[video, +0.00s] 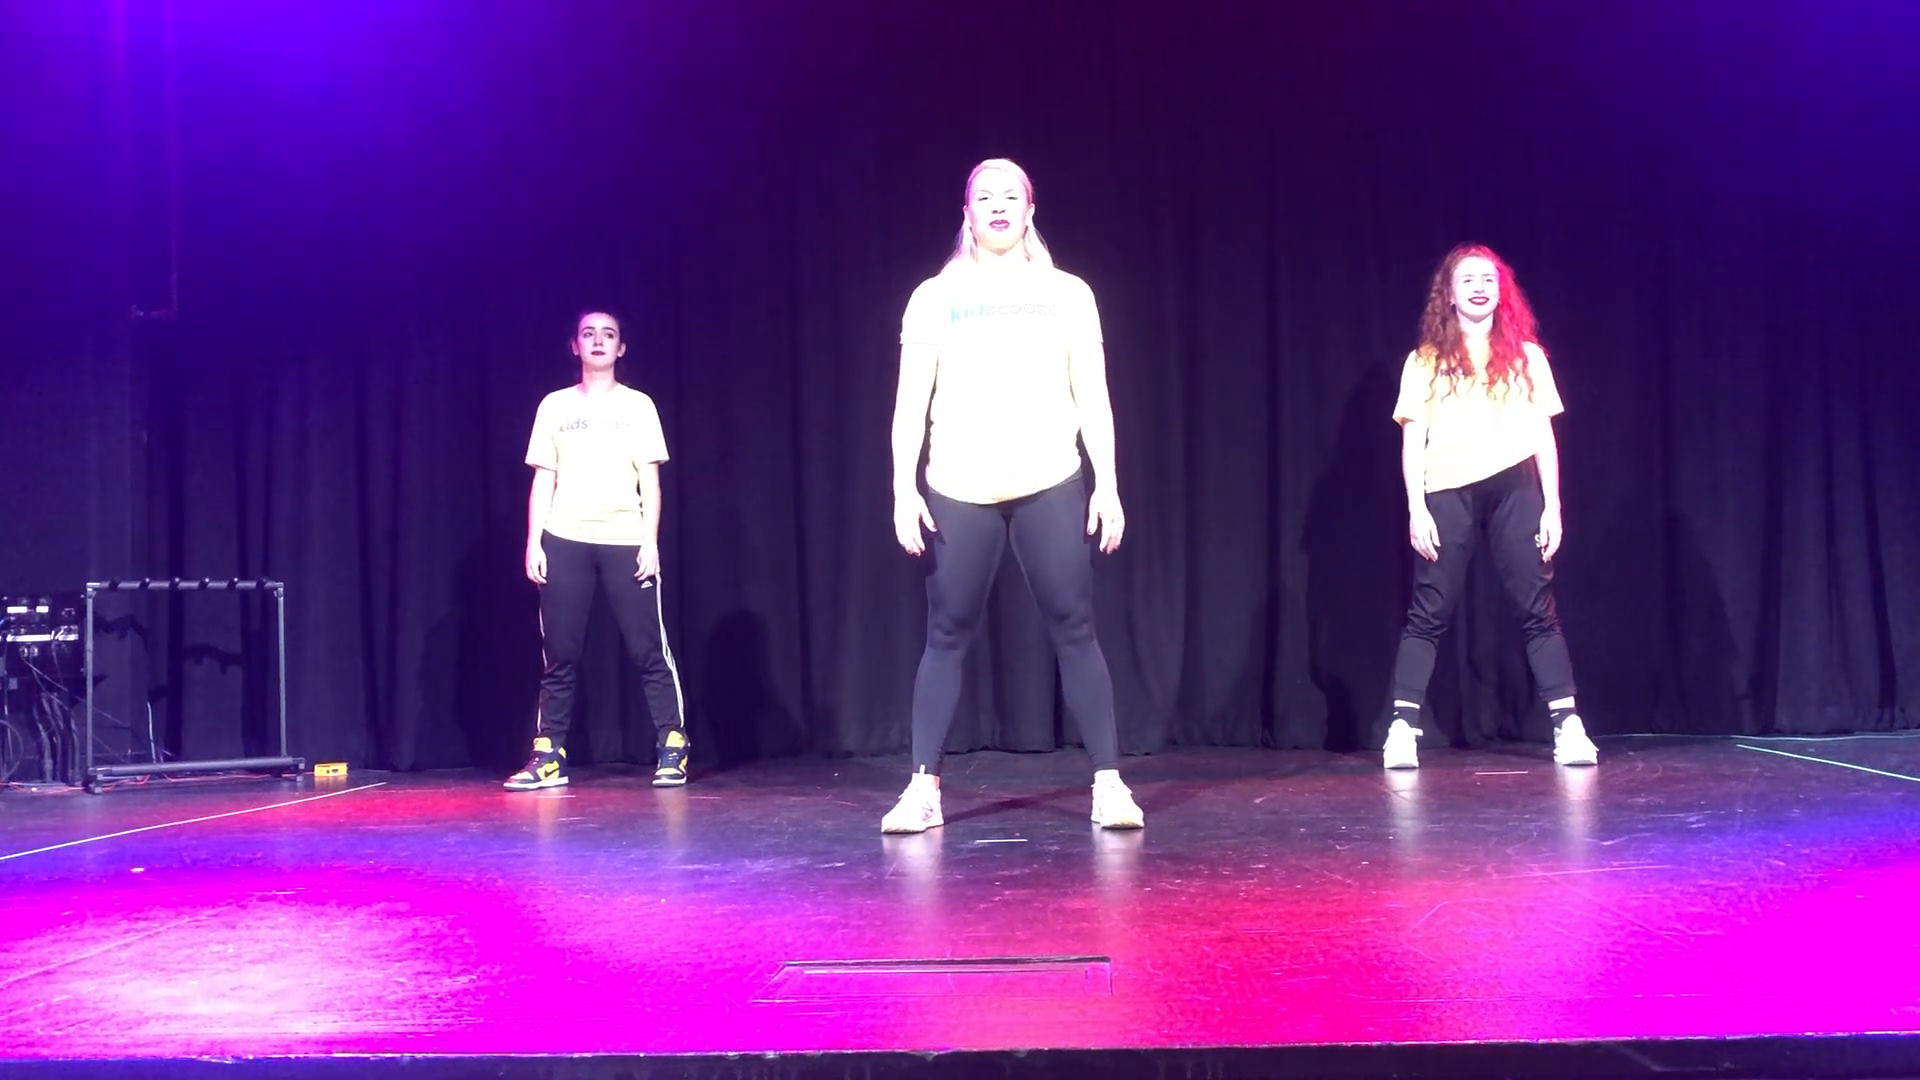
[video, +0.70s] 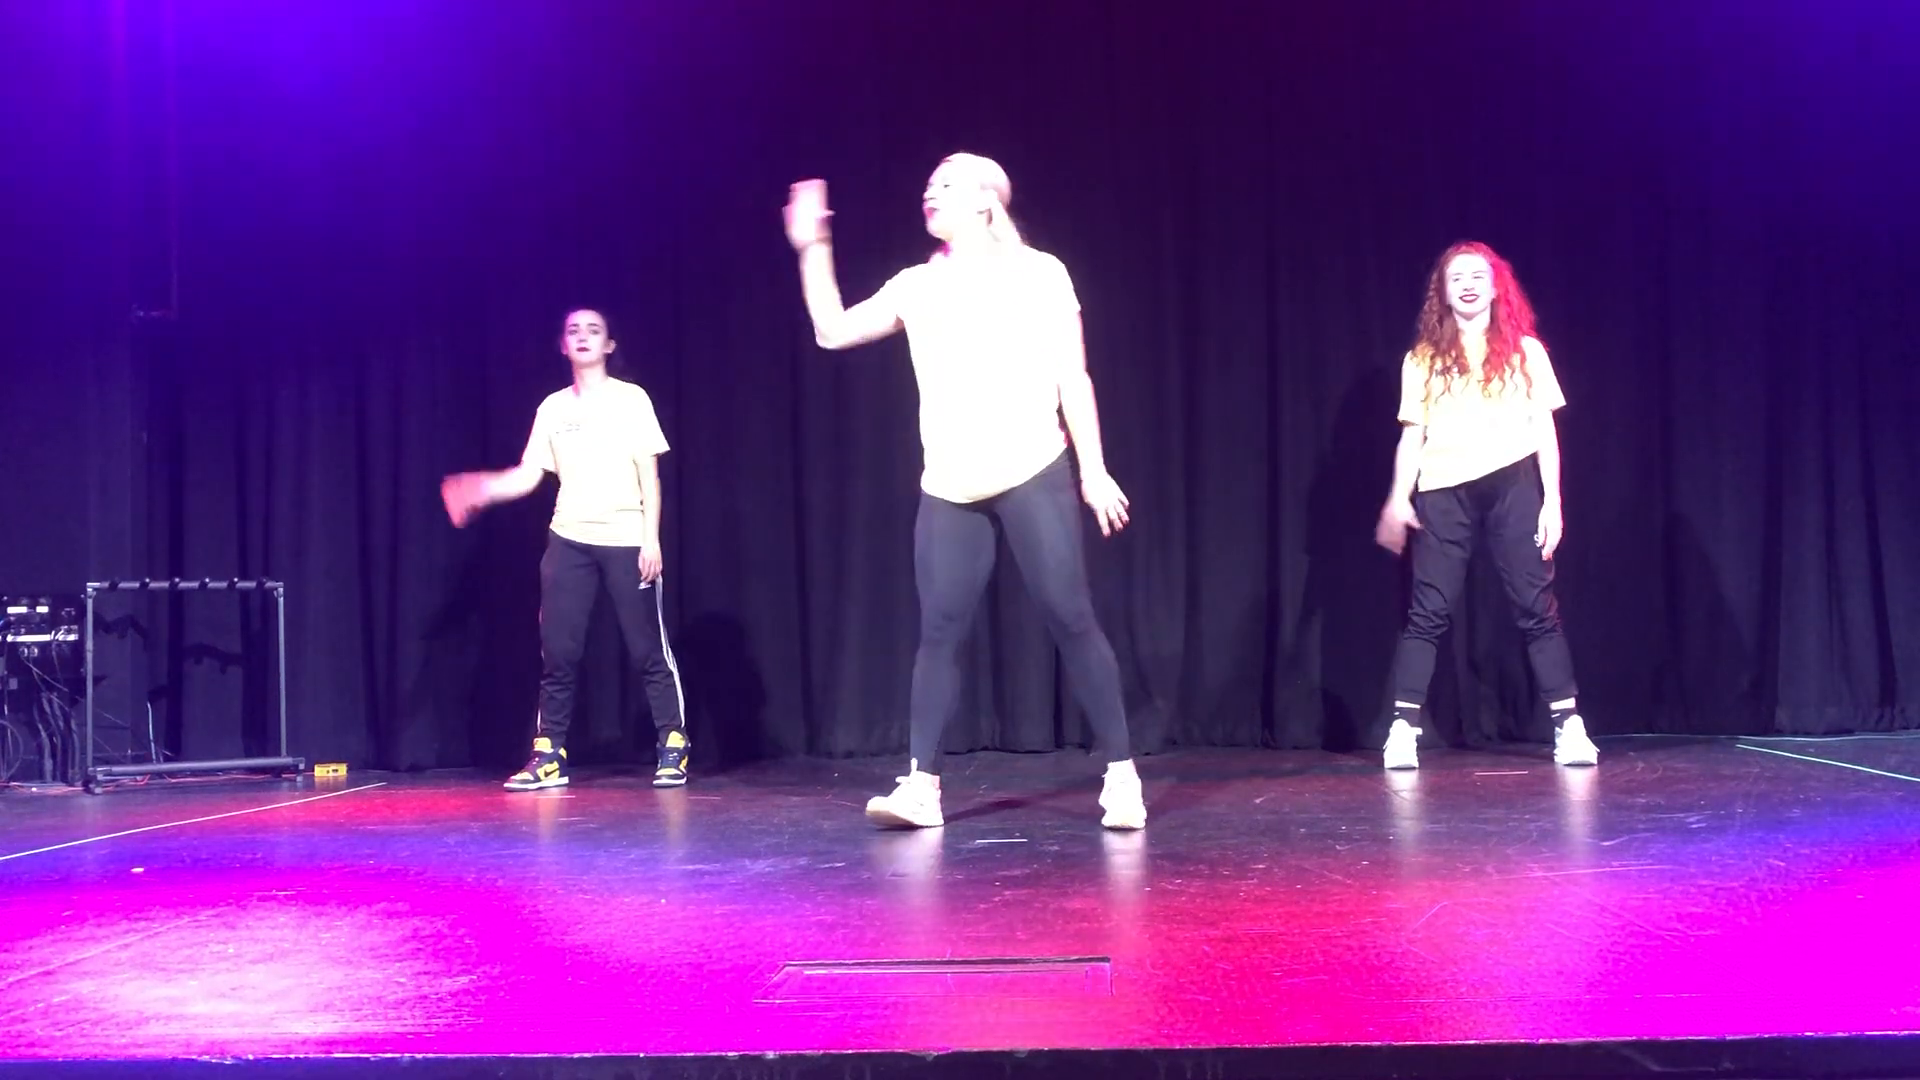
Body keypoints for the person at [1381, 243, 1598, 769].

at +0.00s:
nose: (1478, 288)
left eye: (1487, 280)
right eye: (1468, 280)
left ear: (1502, 291)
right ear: (1448, 290)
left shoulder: (1527, 355)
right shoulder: (1426, 359)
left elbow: (1544, 435)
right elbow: (1413, 440)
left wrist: (1552, 506)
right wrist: (1417, 508)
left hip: (1514, 489)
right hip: (1446, 493)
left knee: (1536, 607)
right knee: (1430, 609)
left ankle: (1567, 725)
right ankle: (1404, 727)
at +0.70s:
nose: (1468, 285)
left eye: (1478, 276)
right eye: (1458, 277)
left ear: (1497, 286)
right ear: (1442, 289)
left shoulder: (1526, 350)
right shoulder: (1423, 357)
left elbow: (1545, 430)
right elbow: (1412, 435)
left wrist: (1552, 500)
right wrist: (1399, 498)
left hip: (1514, 488)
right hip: (1442, 492)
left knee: (1535, 606)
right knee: (1429, 609)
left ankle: (1567, 724)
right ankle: (1405, 728)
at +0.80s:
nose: (1439, 290)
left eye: (1450, 279)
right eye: (1431, 284)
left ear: (1480, 285)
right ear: (1426, 297)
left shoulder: (1519, 347)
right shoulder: (1419, 359)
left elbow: (1542, 433)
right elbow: (1395, 432)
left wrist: (1545, 505)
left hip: (1508, 487)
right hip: (1439, 493)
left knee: (1537, 607)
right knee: (1426, 611)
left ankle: (1570, 724)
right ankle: (1403, 729)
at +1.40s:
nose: (1408, 335)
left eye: (1419, 324)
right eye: (1402, 326)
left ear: (1449, 331)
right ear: (1396, 335)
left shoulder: (1484, 381)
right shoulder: (1401, 394)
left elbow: (1523, 460)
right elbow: (1343, 436)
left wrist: (1544, 539)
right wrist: (1381, 376)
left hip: (1494, 527)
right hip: (1432, 533)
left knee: (1519, 635)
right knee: (1408, 623)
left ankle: (1610, 719)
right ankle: (1402, 732)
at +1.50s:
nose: (1446, 319)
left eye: (1456, 311)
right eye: (1437, 310)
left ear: (1477, 320)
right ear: (1419, 318)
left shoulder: (1505, 370)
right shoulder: (1411, 378)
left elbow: (1550, 426)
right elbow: (1367, 415)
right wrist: (1413, 356)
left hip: (1500, 517)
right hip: (1430, 523)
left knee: (1538, 621)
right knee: (1416, 622)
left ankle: (1592, 721)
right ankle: (1403, 731)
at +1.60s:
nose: (1499, 305)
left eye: (1505, 296)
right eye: (1487, 296)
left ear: (1514, 303)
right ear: (1457, 302)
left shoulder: (1525, 360)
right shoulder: (1429, 353)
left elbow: (1578, 412)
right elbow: (1417, 394)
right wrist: (1464, 340)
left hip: (1505, 505)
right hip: (1434, 509)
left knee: (1546, 609)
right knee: (1424, 616)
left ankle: (1574, 726)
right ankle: (1392, 728)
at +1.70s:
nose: (1533, 302)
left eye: (1536, 293)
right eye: (1519, 293)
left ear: (1539, 304)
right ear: (1486, 301)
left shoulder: (1540, 365)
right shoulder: (1455, 352)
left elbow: (1596, 405)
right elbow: (1475, 394)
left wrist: (1577, 345)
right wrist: (1512, 333)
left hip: (1511, 506)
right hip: (1446, 508)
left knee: (1549, 609)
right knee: (1434, 617)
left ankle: (1573, 729)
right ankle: (1369, 725)